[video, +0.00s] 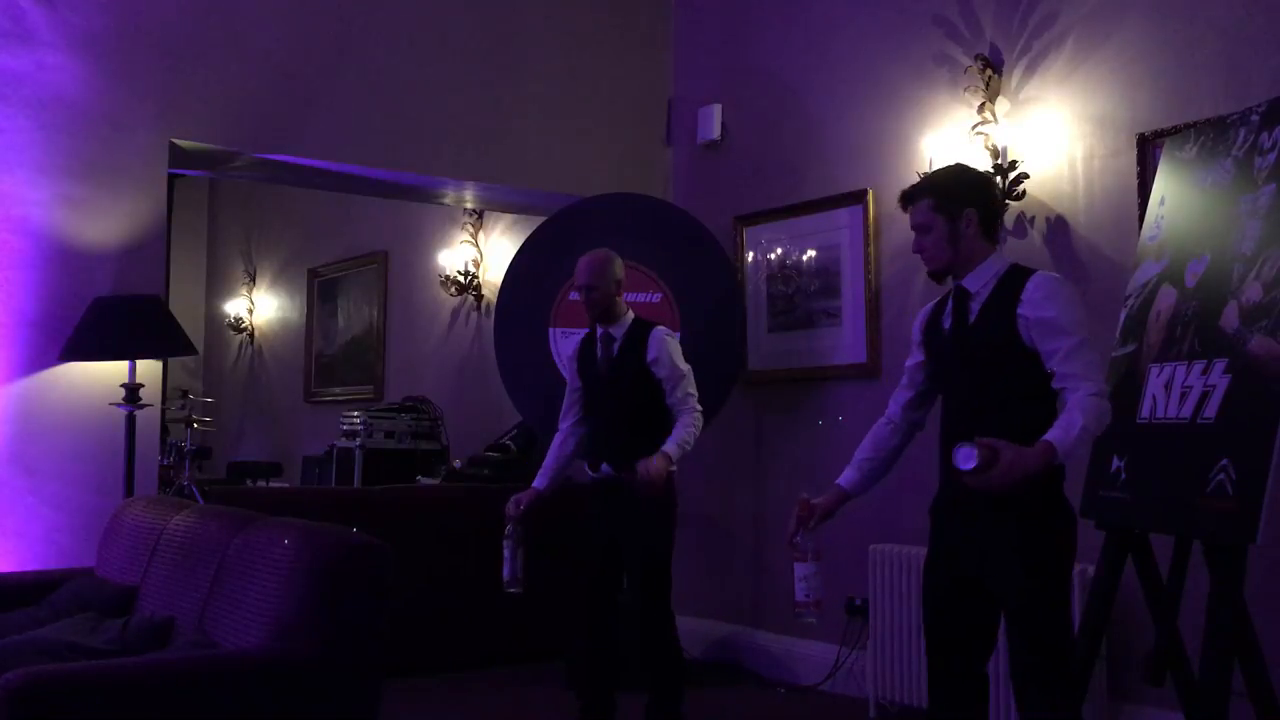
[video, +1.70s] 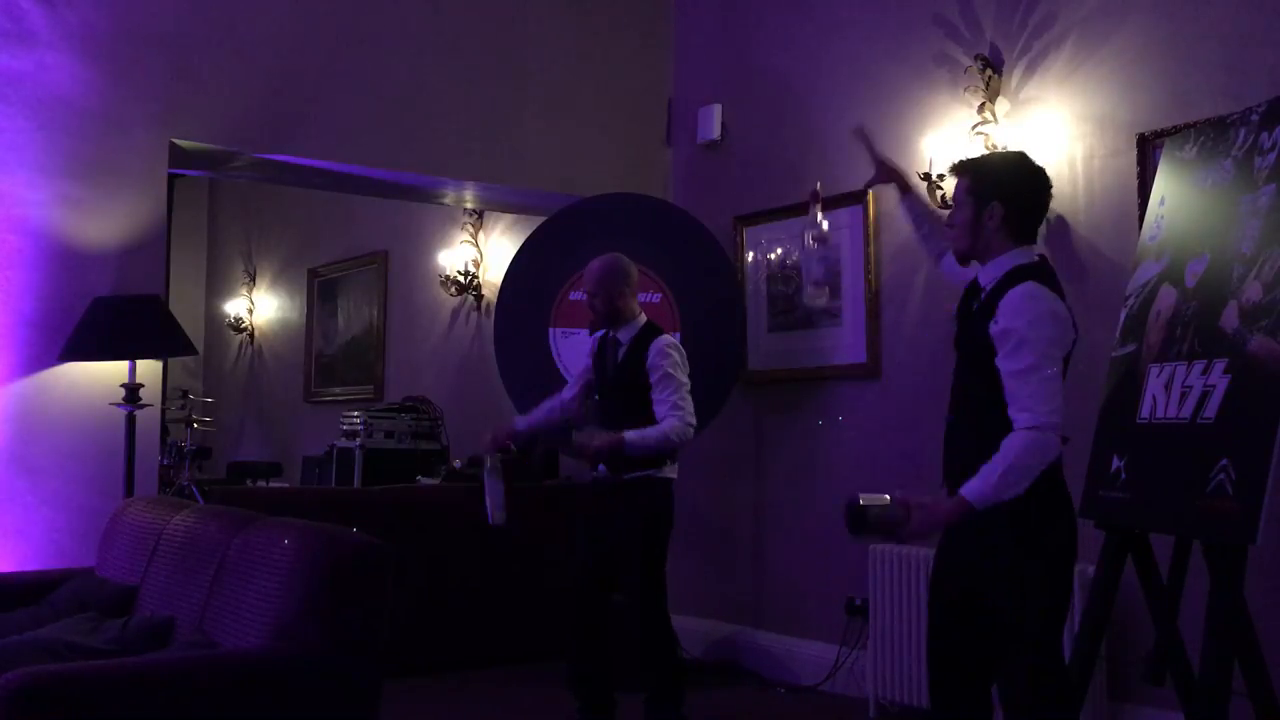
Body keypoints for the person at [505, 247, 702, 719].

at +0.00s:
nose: (582, 298)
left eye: (591, 290)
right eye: (578, 290)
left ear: (618, 288)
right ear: (577, 291)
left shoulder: (658, 343)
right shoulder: (579, 350)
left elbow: (690, 413)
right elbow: (570, 426)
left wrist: (665, 456)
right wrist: (539, 487)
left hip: (648, 490)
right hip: (597, 492)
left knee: (650, 603)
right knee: (594, 602)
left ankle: (664, 707)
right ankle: (595, 705)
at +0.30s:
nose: (591, 298)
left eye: (599, 291)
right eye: (589, 290)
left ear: (627, 290)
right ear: (597, 291)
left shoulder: (664, 344)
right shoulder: (595, 342)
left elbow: (699, 414)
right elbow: (572, 401)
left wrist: (672, 439)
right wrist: (523, 414)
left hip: (644, 488)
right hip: (599, 486)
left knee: (645, 603)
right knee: (594, 598)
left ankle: (662, 705)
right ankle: (595, 702)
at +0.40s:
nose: (593, 296)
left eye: (602, 288)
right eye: (591, 288)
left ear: (631, 288)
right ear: (598, 290)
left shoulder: (662, 344)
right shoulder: (600, 339)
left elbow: (699, 412)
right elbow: (564, 386)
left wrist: (693, 450)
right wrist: (528, 353)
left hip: (644, 486)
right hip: (601, 484)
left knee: (643, 600)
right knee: (597, 596)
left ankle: (661, 703)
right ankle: (596, 700)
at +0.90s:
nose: (573, 303)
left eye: (580, 295)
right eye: (572, 295)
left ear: (608, 295)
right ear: (581, 297)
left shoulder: (648, 351)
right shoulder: (584, 344)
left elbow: (663, 436)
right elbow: (546, 389)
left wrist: (665, 515)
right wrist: (514, 389)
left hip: (636, 494)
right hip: (595, 491)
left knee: (645, 607)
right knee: (594, 602)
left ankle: (662, 705)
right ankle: (595, 702)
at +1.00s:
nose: (574, 305)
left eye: (581, 297)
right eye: (572, 296)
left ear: (609, 297)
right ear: (588, 298)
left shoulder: (650, 354)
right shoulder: (585, 346)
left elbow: (641, 446)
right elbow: (553, 418)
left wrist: (613, 518)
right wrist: (535, 392)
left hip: (640, 493)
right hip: (594, 488)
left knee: (645, 608)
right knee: (592, 603)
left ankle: (662, 706)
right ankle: (594, 703)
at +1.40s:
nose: (586, 299)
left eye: (595, 291)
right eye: (584, 291)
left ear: (623, 290)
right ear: (586, 293)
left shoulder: (659, 346)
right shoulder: (589, 345)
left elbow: (692, 419)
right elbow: (577, 410)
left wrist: (676, 477)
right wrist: (577, 456)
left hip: (648, 490)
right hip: (601, 488)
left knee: (650, 602)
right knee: (599, 599)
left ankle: (664, 704)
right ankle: (597, 702)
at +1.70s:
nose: (586, 307)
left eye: (593, 298)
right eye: (586, 297)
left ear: (621, 296)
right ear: (603, 295)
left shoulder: (661, 348)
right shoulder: (601, 346)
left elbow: (681, 426)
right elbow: (569, 401)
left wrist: (615, 442)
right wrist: (519, 428)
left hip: (646, 492)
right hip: (601, 489)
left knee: (644, 603)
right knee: (593, 600)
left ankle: (664, 703)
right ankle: (595, 701)